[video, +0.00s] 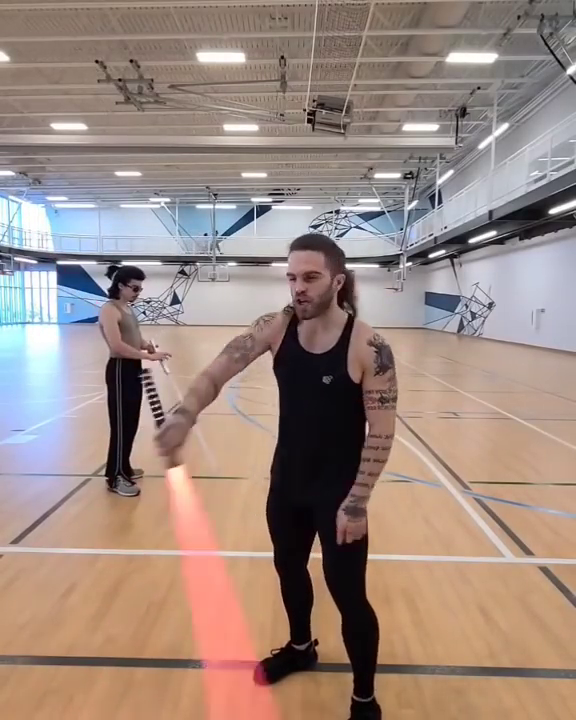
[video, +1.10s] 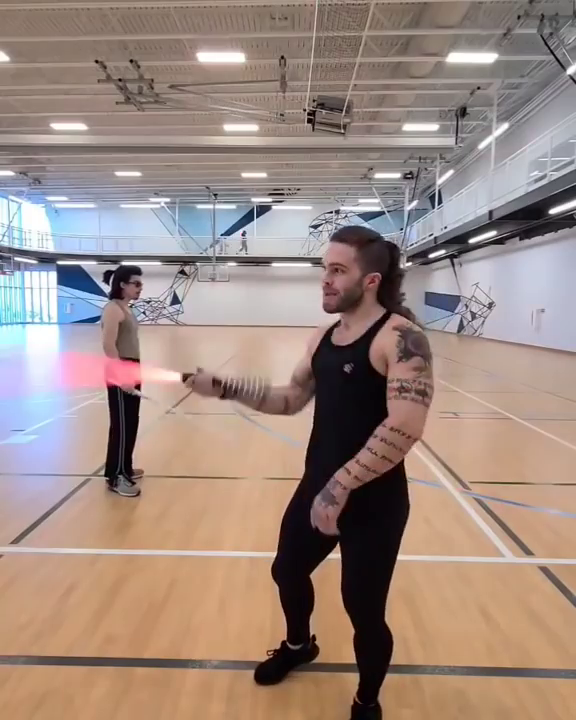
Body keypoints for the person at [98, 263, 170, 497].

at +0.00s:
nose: (137, 294)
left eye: (139, 290)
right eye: (134, 288)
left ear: (135, 289)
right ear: (120, 286)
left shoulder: (126, 309)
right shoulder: (110, 310)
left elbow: (129, 339)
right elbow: (116, 346)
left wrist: (145, 345)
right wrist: (148, 355)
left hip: (132, 366)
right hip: (120, 368)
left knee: (130, 423)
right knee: (121, 424)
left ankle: (124, 468)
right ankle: (114, 476)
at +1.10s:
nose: (139, 288)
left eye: (140, 284)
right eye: (135, 284)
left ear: (132, 287)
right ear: (121, 285)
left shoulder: (125, 309)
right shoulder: (113, 309)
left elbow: (127, 343)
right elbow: (109, 345)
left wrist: (134, 371)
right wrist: (121, 376)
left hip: (131, 371)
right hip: (120, 373)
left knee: (130, 425)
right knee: (120, 426)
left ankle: (125, 468)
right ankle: (114, 476)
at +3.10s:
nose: (138, 289)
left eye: (138, 285)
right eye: (133, 284)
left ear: (130, 287)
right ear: (120, 286)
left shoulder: (124, 310)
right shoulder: (113, 312)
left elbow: (129, 347)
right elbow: (118, 350)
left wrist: (138, 376)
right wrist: (132, 381)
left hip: (132, 368)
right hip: (123, 370)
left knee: (122, 422)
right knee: (135, 424)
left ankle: (115, 468)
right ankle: (135, 479)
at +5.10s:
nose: (138, 289)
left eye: (139, 285)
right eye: (134, 285)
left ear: (132, 288)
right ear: (120, 286)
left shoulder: (127, 311)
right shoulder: (114, 313)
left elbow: (133, 347)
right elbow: (119, 351)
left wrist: (143, 373)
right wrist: (132, 382)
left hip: (132, 370)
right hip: (123, 372)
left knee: (123, 422)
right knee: (136, 424)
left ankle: (114, 468)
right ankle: (135, 479)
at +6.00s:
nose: (140, 290)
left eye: (141, 286)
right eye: (136, 286)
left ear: (132, 289)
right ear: (123, 287)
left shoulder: (127, 311)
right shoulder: (115, 313)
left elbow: (134, 347)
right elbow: (120, 351)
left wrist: (144, 373)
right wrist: (133, 381)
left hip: (132, 369)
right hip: (124, 372)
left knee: (123, 422)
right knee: (137, 425)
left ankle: (114, 468)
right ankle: (135, 480)